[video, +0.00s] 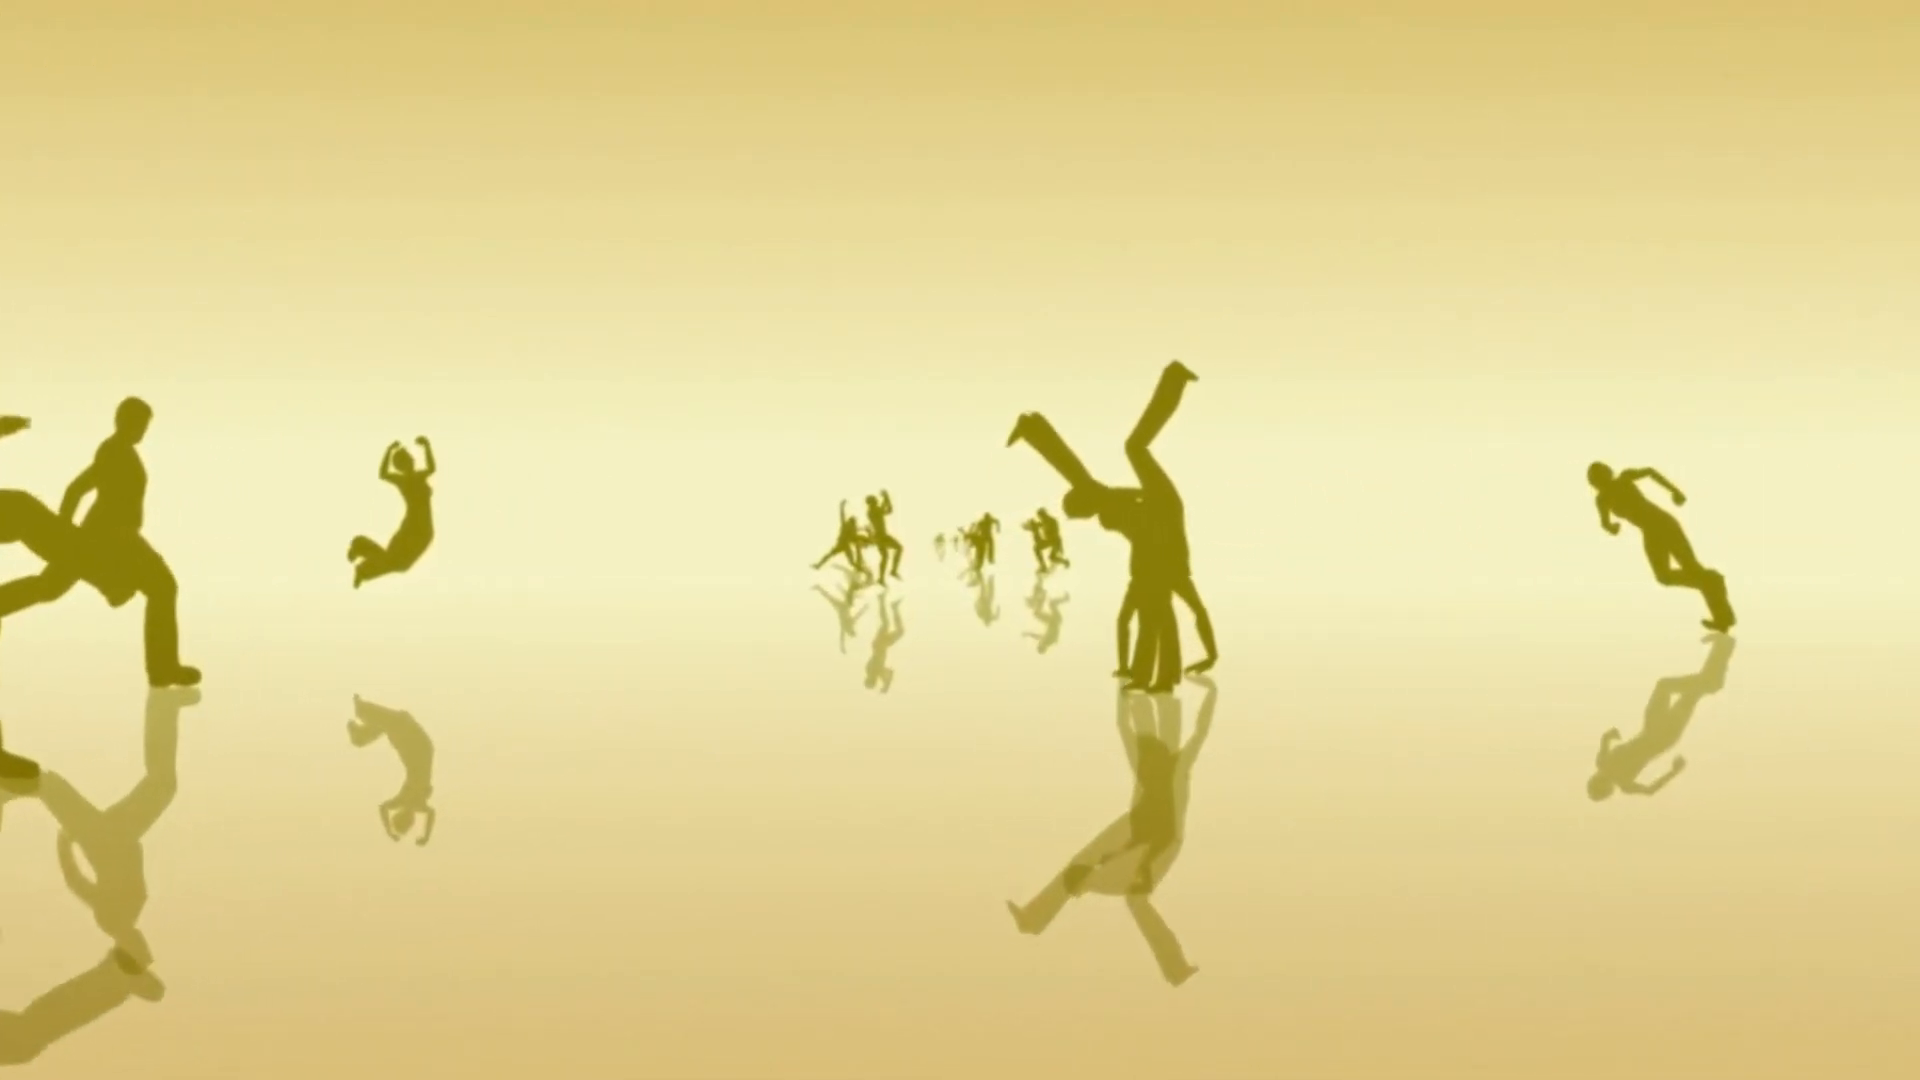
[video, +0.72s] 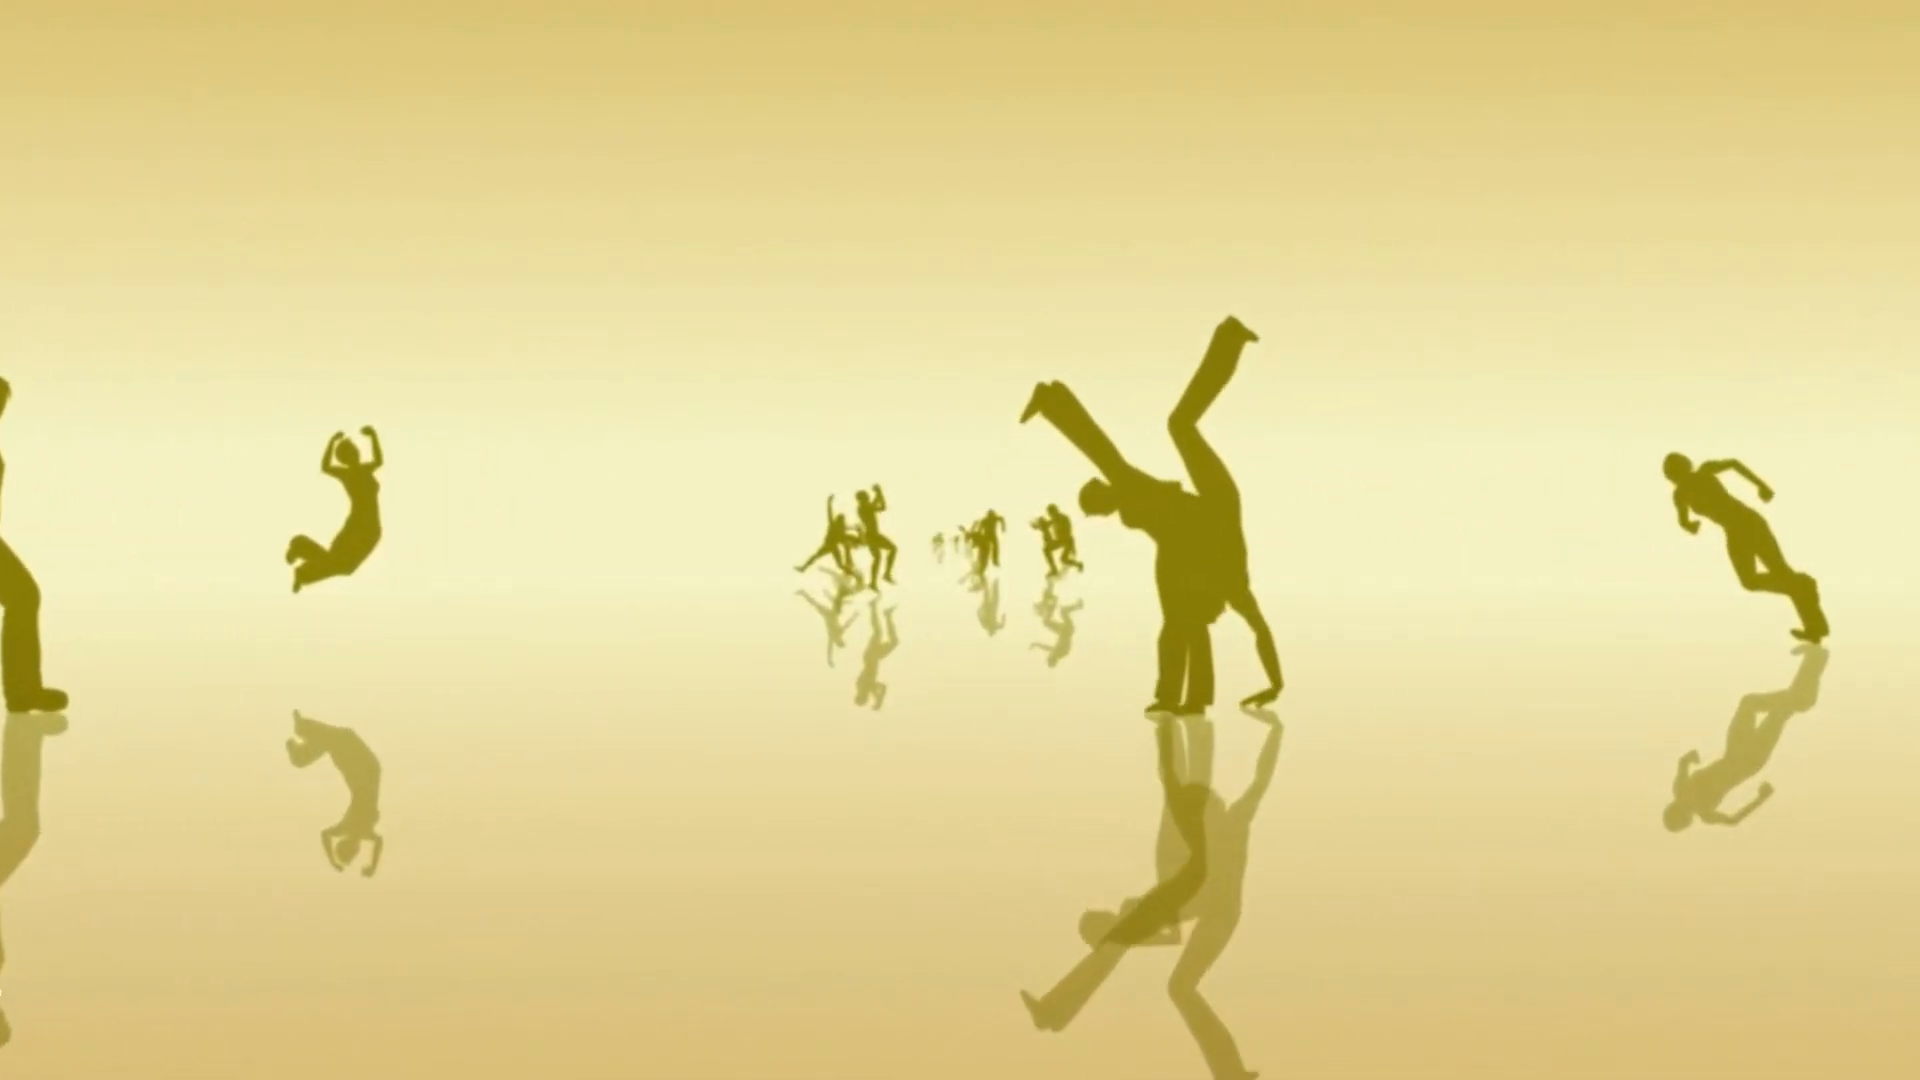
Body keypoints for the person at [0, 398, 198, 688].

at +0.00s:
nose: (142, 431)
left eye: (144, 425)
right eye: (138, 423)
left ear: (141, 424)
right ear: (125, 421)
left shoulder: (124, 452)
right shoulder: (115, 453)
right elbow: (76, 488)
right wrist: (61, 530)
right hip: (106, 539)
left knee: (47, 588)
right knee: (163, 588)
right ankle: (163, 670)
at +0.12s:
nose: (129, 428)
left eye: (131, 421)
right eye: (125, 420)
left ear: (126, 422)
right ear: (111, 419)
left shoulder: (110, 452)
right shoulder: (99, 452)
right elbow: (59, 487)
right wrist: (45, 531)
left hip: (107, 537)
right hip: (90, 535)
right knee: (149, 589)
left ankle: (150, 671)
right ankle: (149, 672)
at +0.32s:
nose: (90, 422)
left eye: (92, 415)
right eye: (86, 414)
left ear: (88, 416)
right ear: (71, 413)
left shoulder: (70, 447)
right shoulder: (59, 448)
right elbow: (17, 485)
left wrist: (6, 530)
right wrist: (5, 528)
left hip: (69, 536)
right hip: (59, 536)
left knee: (111, 591)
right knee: (110, 591)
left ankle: (111, 676)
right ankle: (110, 677)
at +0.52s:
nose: (47, 417)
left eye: (49, 410)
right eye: (43, 409)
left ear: (37, 409)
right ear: (28, 408)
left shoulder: (27, 445)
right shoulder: (16, 445)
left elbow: (30, 505)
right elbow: (24, 506)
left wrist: (28, 534)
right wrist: (25, 536)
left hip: (24, 537)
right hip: (18, 538)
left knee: (69, 593)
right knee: (68, 593)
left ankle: (70, 682)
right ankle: (69, 683)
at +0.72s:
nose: (5, 407)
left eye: (5, 401)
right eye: (4, 400)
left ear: (4, 396)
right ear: (1, 396)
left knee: (23, 594)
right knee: (24, 593)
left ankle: (23, 689)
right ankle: (23, 690)